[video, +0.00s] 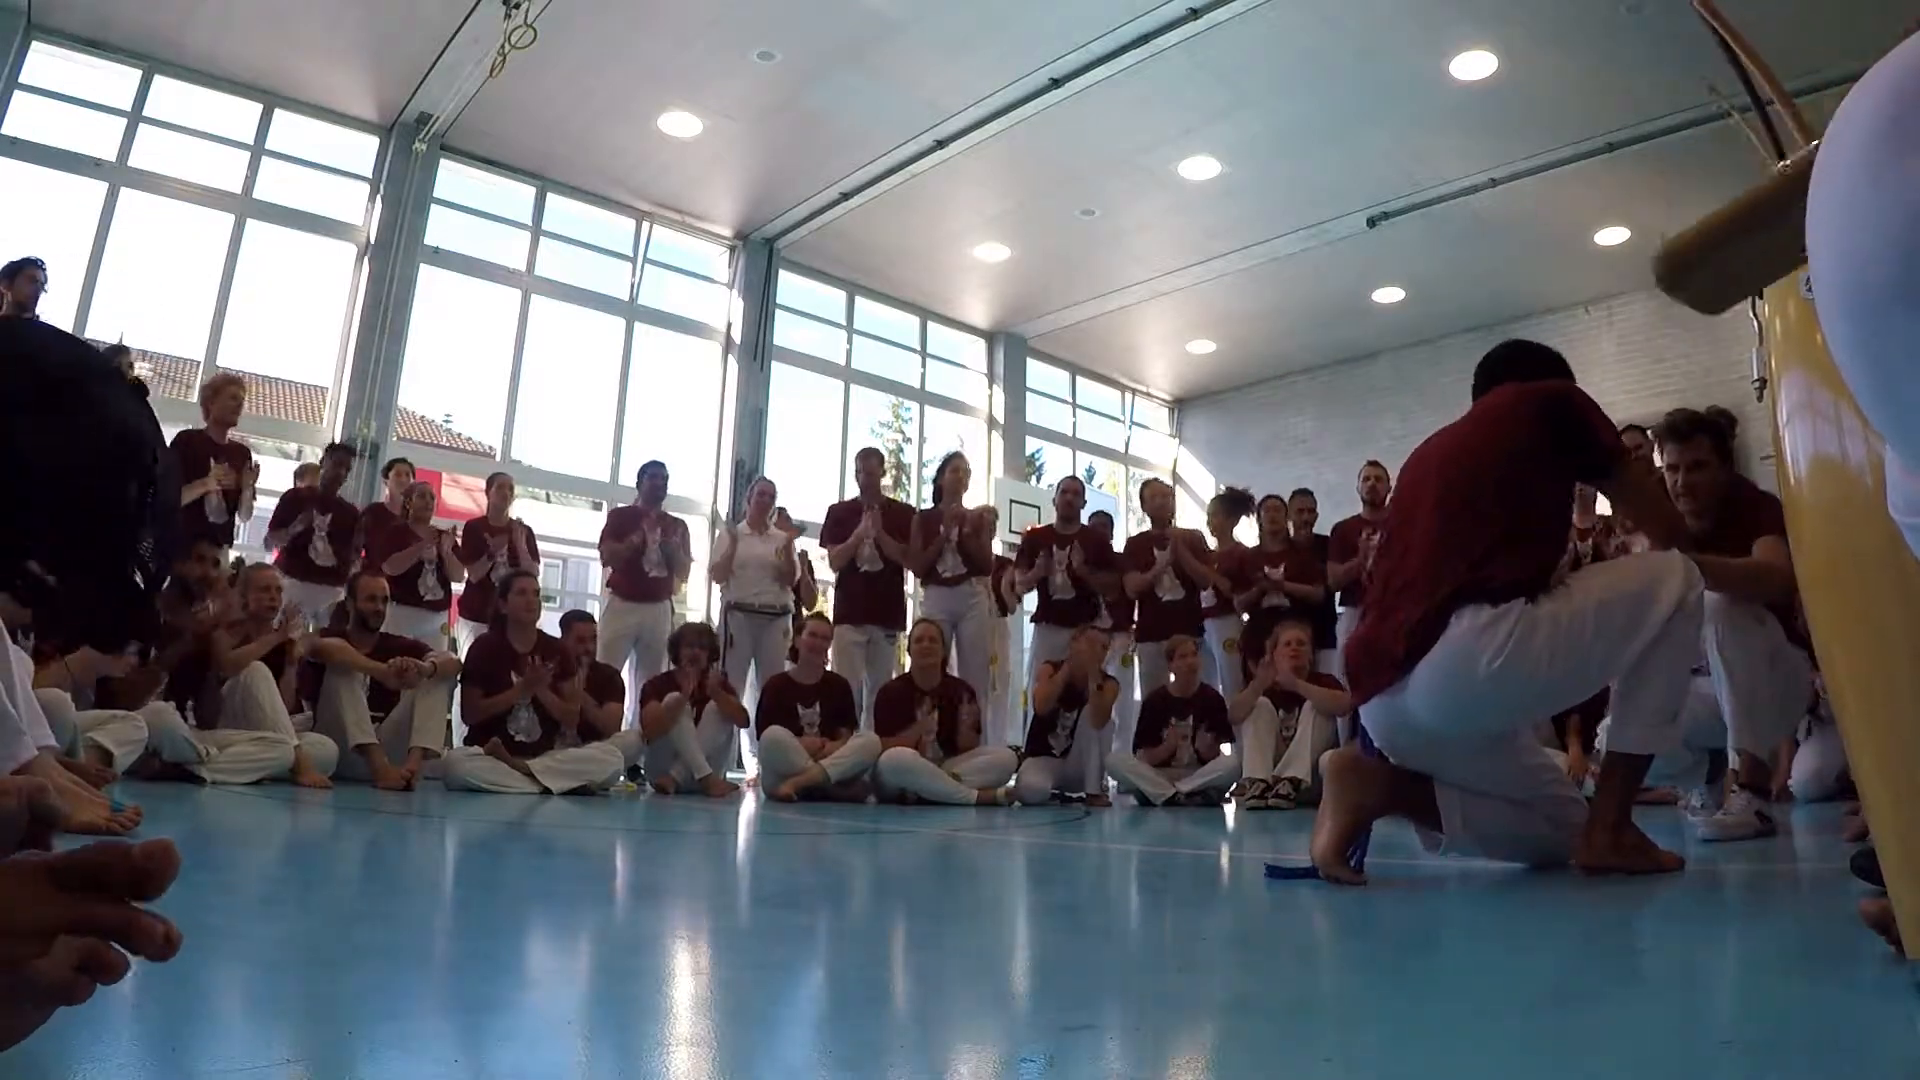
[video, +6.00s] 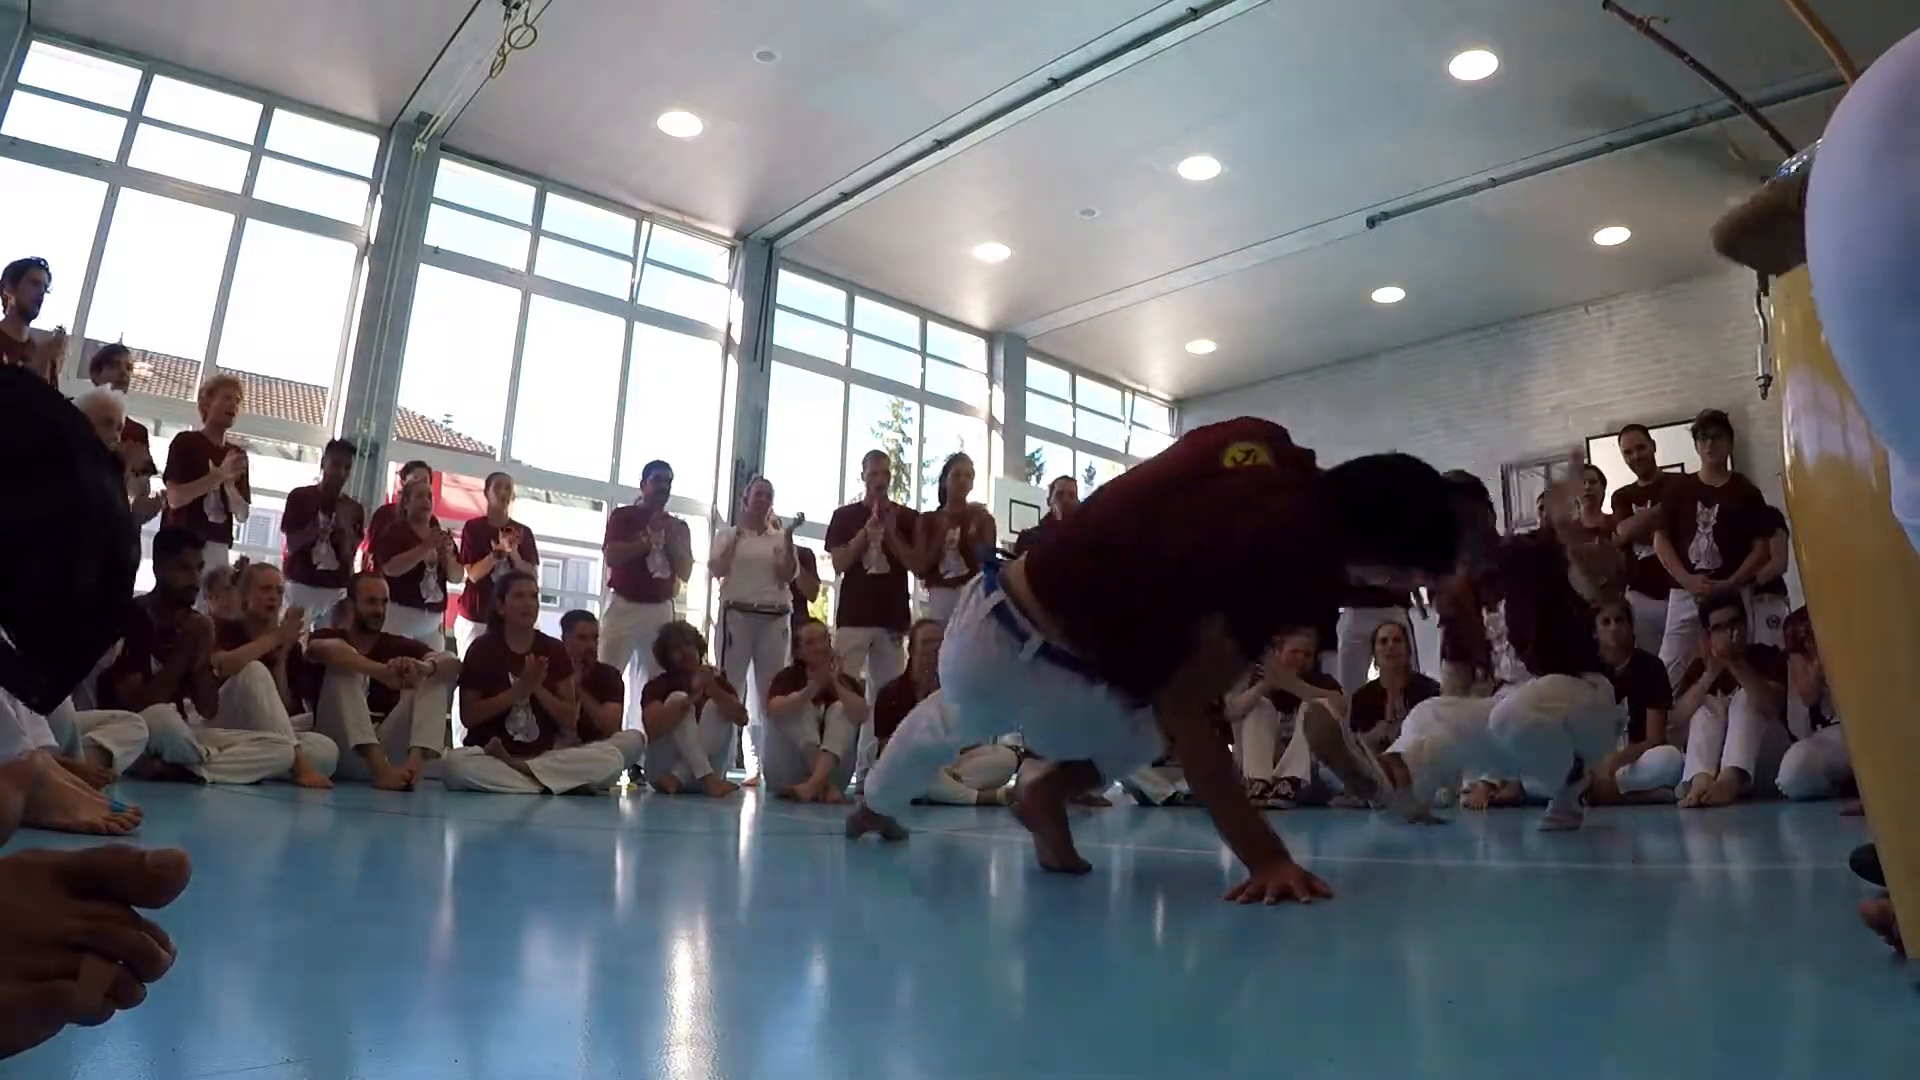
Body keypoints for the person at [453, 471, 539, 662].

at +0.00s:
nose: (505, 493)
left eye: (510, 489)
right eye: (500, 488)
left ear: (513, 495)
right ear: (488, 492)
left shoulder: (523, 531)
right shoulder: (473, 527)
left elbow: (533, 573)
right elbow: (473, 575)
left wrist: (521, 547)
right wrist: (492, 553)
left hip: (510, 618)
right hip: (475, 614)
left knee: (505, 680)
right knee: (472, 678)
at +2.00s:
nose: (503, 494)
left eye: (507, 489)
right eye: (497, 488)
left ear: (512, 495)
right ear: (486, 493)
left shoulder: (524, 532)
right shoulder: (473, 528)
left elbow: (533, 573)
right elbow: (473, 575)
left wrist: (515, 559)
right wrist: (501, 551)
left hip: (511, 618)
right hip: (475, 615)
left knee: (506, 680)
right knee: (473, 679)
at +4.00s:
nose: (504, 493)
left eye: (509, 489)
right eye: (498, 487)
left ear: (513, 495)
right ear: (487, 492)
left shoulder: (524, 533)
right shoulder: (474, 527)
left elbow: (533, 574)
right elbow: (474, 574)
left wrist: (515, 554)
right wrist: (497, 554)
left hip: (511, 619)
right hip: (475, 616)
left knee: (505, 680)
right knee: (471, 680)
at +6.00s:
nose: (503, 493)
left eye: (507, 488)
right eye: (497, 488)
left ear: (512, 495)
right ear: (486, 493)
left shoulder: (523, 532)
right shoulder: (473, 527)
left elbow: (531, 574)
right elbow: (473, 575)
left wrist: (514, 553)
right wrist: (496, 553)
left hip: (509, 621)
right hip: (474, 617)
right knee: (471, 679)